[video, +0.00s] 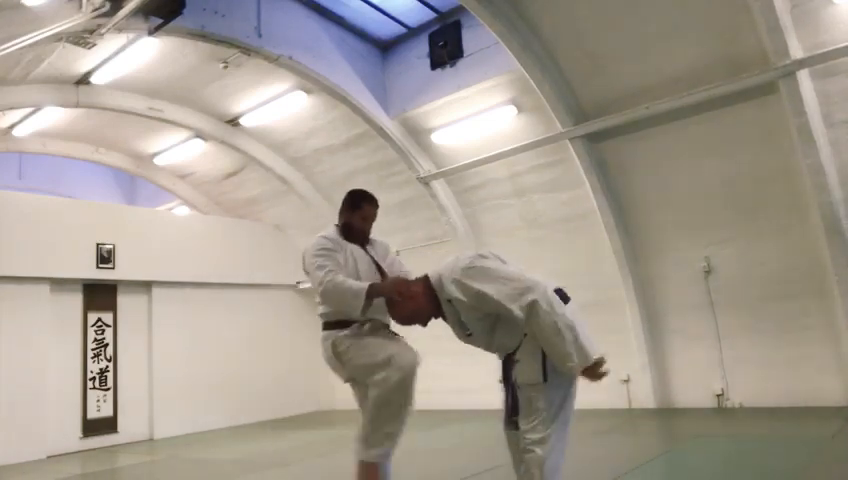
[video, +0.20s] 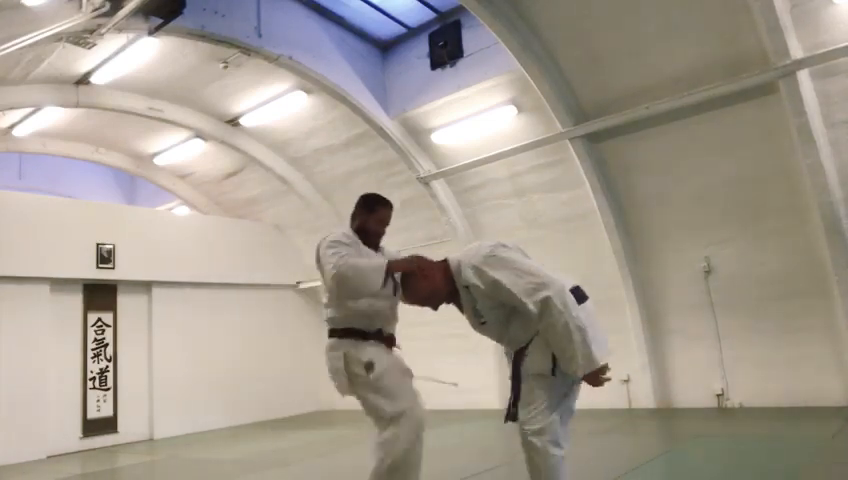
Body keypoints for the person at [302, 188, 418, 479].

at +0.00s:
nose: (370, 227)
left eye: (373, 221)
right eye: (366, 220)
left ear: (374, 219)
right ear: (346, 215)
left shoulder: (378, 248)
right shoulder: (322, 246)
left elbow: (404, 278)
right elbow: (327, 287)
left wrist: (417, 301)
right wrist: (377, 289)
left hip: (378, 332)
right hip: (344, 336)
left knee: (380, 411)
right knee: (402, 360)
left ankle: (377, 466)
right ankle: (372, 459)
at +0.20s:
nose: (384, 230)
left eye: (387, 224)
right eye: (381, 223)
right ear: (360, 217)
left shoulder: (381, 255)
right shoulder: (335, 243)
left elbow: (404, 288)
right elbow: (339, 271)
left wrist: (431, 282)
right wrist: (393, 266)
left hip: (380, 349)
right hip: (354, 349)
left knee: (410, 418)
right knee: (404, 417)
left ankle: (400, 475)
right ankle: (389, 475)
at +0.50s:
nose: (388, 223)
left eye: (391, 216)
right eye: (386, 214)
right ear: (365, 205)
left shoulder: (381, 242)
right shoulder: (340, 235)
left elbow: (413, 270)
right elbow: (384, 261)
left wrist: (459, 283)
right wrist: (442, 265)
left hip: (344, 346)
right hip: (323, 343)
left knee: (334, 435)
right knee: (359, 420)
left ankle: (308, 474)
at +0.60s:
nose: (382, 241)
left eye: (385, 234)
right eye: (378, 233)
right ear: (355, 225)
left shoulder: (370, 264)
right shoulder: (337, 256)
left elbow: (409, 285)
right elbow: (377, 276)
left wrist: (460, 285)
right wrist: (445, 267)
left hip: (333, 373)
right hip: (319, 372)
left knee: (289, 461)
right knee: (347, 465)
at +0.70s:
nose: (387, 252)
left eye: (390, 245)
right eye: (383, 244)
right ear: (360, 236)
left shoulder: (378, 275)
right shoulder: (338, 273)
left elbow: (423, 296)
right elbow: (389, 291)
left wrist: (477, 292)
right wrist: (459, 272)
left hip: (334, 388)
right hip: (313, 385)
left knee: (284, 467)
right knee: (343, 473)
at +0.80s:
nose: (395, 234)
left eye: (397, 227)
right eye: (391, 225)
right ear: (368, 220)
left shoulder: (391, 258)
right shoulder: (345, 256)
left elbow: (431, 285)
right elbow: (394, 293)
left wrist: (484, 296)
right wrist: (466, 283)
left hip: (351, 378)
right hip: (322, 373)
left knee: (328, 461)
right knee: (356, 468)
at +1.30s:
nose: (422, 181)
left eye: (424, 174)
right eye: (415, 172)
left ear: (422, 177)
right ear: (390, 171)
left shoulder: (430, 219)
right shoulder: (365, 219)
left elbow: (468, 272)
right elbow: (340, 192)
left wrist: (511, 266)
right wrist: (396, 195)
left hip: (444, 338)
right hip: (395, 348)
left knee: (519, 387)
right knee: (406, 467)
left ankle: (531, 474)